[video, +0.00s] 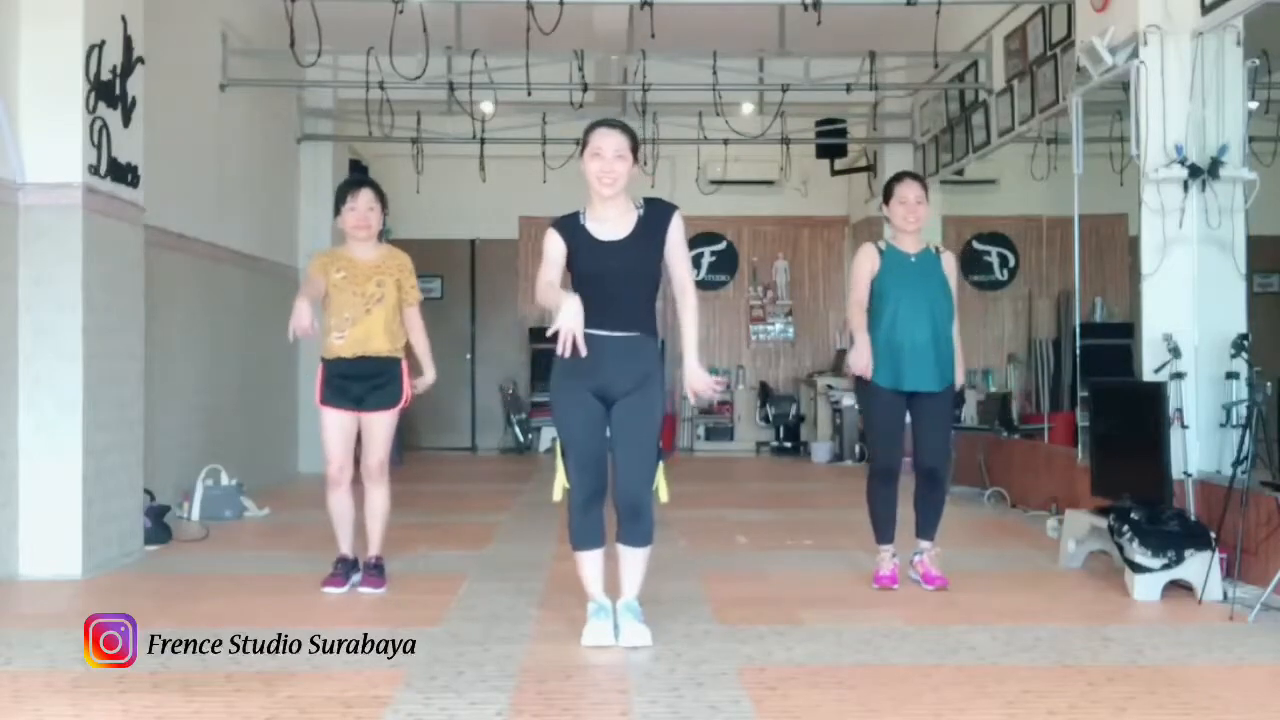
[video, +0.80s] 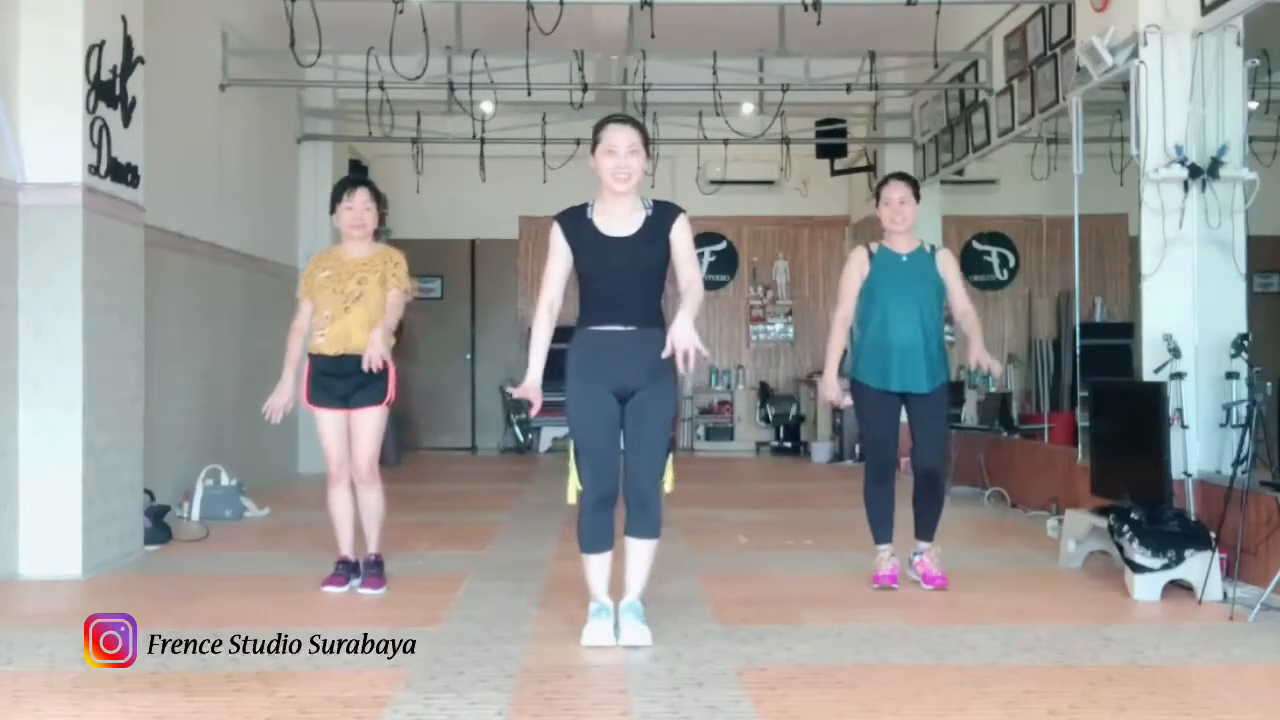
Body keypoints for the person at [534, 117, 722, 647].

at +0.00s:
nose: (607, 166)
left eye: (618, 156)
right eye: (597, 155)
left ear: (635, 165)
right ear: (582, 163)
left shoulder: (664, 220)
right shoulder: (562, 231)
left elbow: (685, 291)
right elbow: (544, 292)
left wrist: (692, 361)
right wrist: (567, 299)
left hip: (641, 368)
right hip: (576, 368)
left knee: (635, 490)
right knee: (585, 488)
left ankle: (629, 605)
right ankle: (597, 605)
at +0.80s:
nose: (622, 161)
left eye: (632, 151)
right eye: (611, 151)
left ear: (647, 159)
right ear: (593, 160)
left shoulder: (669, 220)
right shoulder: (569, 224)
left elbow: (692, 286)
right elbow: (548, 301)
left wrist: (684, 319)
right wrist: (534, 373)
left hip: (653, 364)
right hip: (590, 366)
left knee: (645, 487)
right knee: (598, 487)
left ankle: (632, 604)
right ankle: (599, 605)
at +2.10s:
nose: (594, 176)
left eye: (604, 168)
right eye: (583, 168)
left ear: (620, 178)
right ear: (566, 178)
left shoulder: (641, 235)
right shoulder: (540, 242)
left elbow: (660, 292)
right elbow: (509, 320)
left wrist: (666, 354)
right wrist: (540, 298)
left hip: (624, 375)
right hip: (559, 378)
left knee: (637, 475)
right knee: (571, 503)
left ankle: (628, 607)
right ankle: (589, 613)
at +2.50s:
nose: (589, 180)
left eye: (599, 171)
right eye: (579, 171)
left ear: (615, 183)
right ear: (561, 181)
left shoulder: (640, 243)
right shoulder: (538, 249)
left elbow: (655, 316)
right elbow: (522, 326)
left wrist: (668, 378)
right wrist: (530, 381)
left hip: (625, 385)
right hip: (558, 387)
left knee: (645, 475)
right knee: (566, 503)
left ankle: (639, 595)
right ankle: (590, 611)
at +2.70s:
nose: (592, 163)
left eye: (603, 154)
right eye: (580, 153)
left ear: (618, 164)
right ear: (564, 162)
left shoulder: (641, 220)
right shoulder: (538, 227)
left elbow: (671, 290)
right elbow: (514, 307)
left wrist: (662, 311)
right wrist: (504, 381)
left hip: (626, 366)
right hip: (562, 368)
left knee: (651, 489)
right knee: (575, 494)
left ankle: (636, 565)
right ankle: (588, 609)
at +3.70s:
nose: (590, 168)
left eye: (601, 158)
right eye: (579, 158)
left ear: (616, 167)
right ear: (561, 165)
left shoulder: (637, 226)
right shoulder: (535, 230)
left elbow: (663, 300)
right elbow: (512, 307)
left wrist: (683, 371)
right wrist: (529, 319)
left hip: (626, 368)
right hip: (561, 369)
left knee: (644, 481)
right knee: (575, 498)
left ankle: (639, 618)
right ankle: (590, 612)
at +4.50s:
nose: (590, 175)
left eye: (600, 167)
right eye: (579, 166)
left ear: (615, 178)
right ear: (562, 177)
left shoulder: (640, 237)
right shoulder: (537, 245)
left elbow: (664, 304)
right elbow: (520, 327)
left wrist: (669, 339)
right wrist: (519, 397)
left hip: (624, 380)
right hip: (558, 382)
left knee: (658, 472)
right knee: (570, 504)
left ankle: (646, 584)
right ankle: (590, 612)